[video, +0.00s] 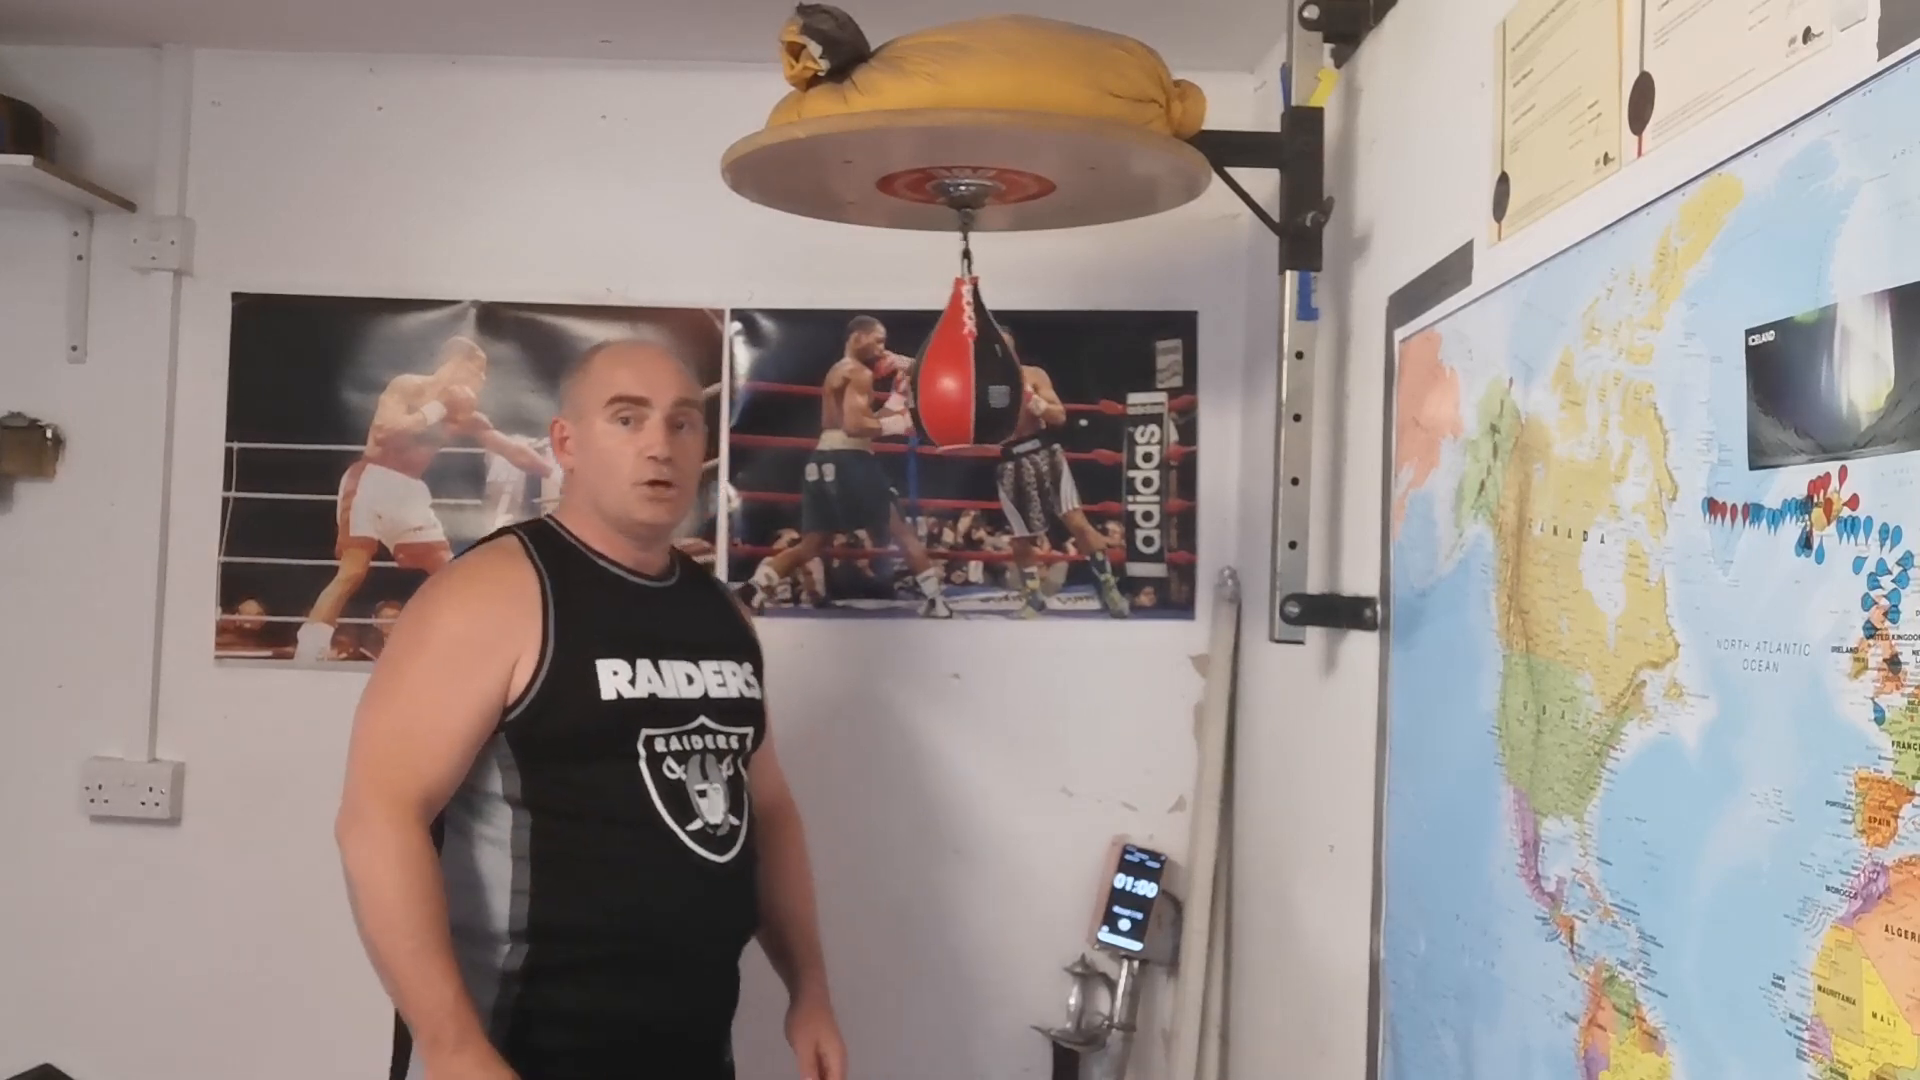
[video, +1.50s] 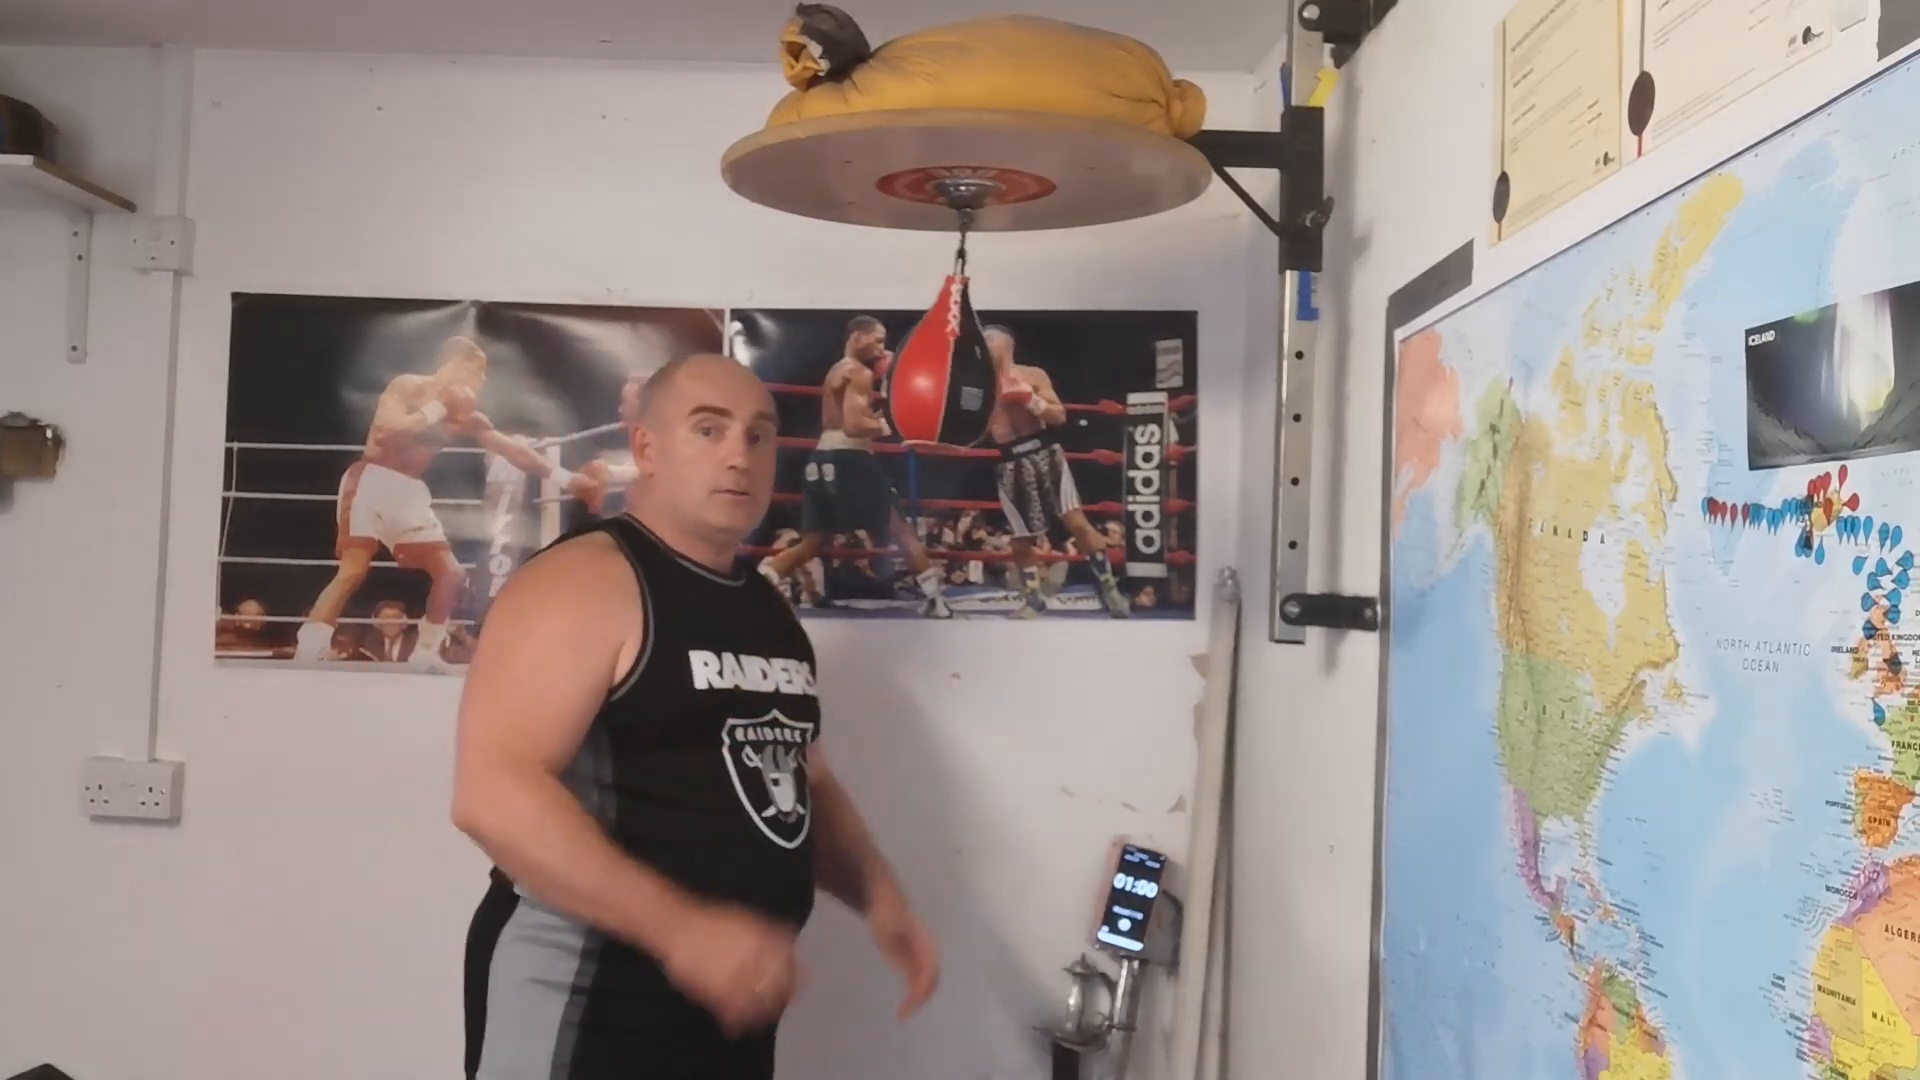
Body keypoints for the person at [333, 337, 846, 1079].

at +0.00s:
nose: (661, 447)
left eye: (682, 422)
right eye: (626, 418)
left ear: (704, 451)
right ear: (564, 444)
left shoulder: (717, 612)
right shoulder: (488, 593)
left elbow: (765, 810)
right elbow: (377, 815)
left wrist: (808, 988)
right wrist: (452, 1045)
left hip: (691, 1043)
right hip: (528, 1046)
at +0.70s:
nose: (627, 455)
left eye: (647, 431)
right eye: (592, 425)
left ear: (666, 457)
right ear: (523, 445)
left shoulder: (653, 602)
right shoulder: (453, 595)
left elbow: (679, 803)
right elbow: (333, 825)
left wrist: (745, 967)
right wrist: (506, 1009)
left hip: (644, 1049)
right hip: (472, 1059)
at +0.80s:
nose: (637, 454)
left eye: (655, 428)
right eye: (601, 423)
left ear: (674, 452)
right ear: (530, 445)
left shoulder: (658, 600)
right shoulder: (464, 594)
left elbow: (684, 785)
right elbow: (357, 820)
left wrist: (777, 901)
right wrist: (575, 931)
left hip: (656, 1048)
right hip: (492, 1049)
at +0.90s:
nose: (649, 450)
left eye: (666, 427)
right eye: (614, 421)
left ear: (686, 458)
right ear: (544, 444)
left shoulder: (678, 605)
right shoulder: (480, 593)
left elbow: (671, 795)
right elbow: (387, 814)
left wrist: (788, 821)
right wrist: (623, 840)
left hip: (671, 1032)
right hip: (510, 1036)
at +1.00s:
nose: (665, 449)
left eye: (681, 425)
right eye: (629, 420)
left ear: (700, 455)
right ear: (560, 446)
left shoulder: (687, 598)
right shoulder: (501, 589)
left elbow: (719, 797)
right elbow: (422, 809)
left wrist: (807, 763)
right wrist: (658, 765)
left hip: (691, 1023)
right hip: (535, 1029)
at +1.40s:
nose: (730, 456)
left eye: (748, 433)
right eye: (699, 427)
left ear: (767, 458)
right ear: (636, 446)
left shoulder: (755, 599)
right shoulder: (569, 586)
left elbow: (780, 760)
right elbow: (492, 794)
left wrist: (871, 815)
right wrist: (716, 830)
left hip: (732, 1007)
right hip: (583, 1009)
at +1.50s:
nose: (740, 456)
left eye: (758, 436)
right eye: (709, 427)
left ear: (776, 460)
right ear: (645, 448)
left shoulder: (764, 604)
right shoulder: (579, 581)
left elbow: (801, 782)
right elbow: (493, 790)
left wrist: (876, 890)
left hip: (730, 1006)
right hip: (586, 1001)